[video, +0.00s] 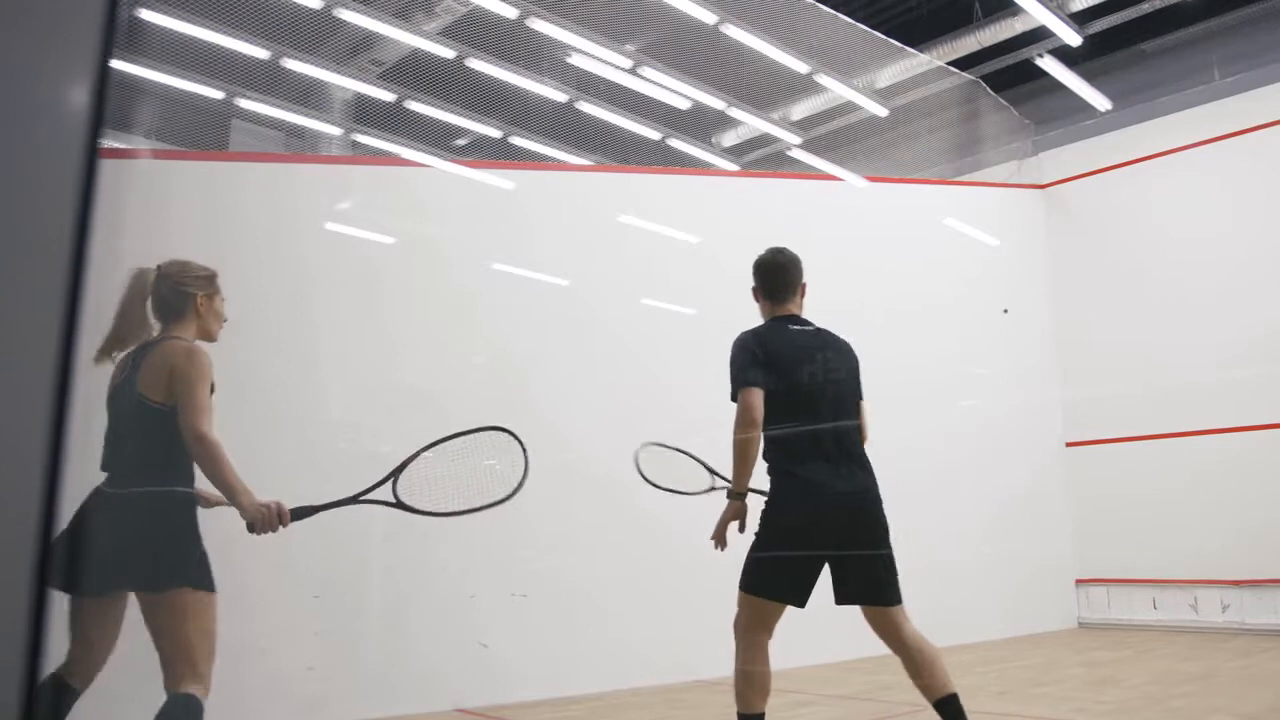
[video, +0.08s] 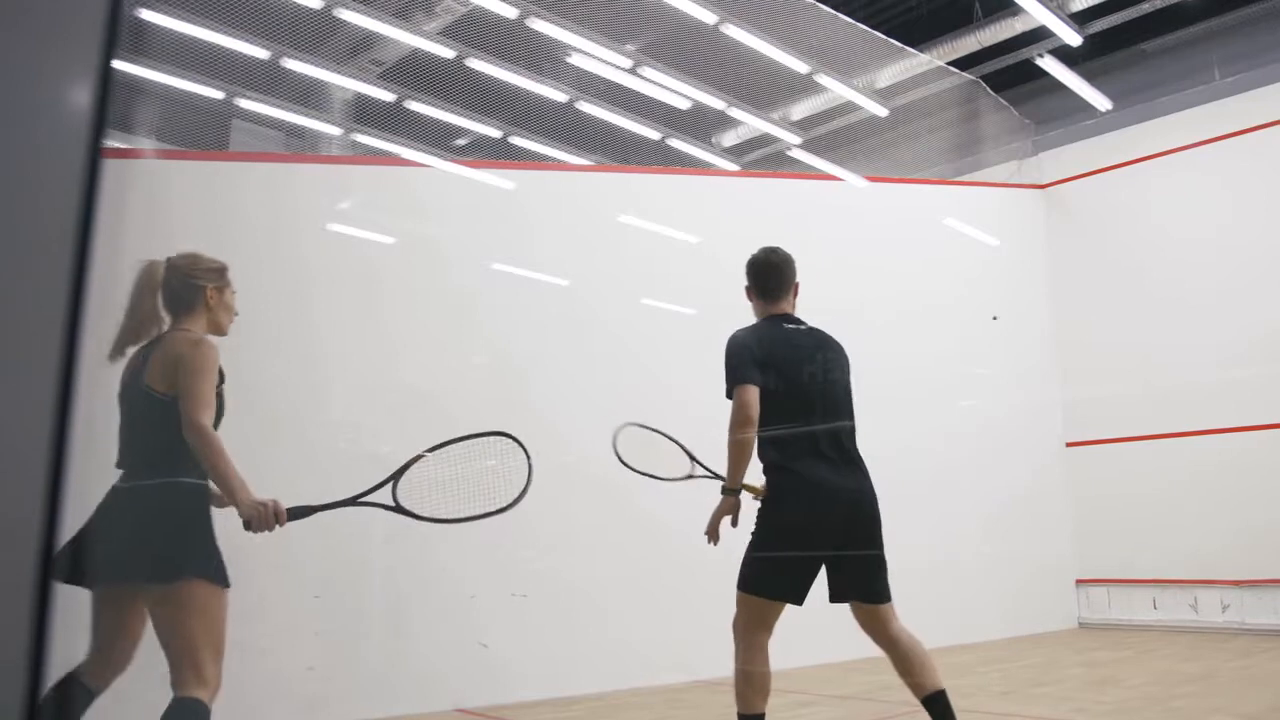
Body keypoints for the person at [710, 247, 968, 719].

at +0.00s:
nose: (758, 296)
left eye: (753, 291)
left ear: (754, 294)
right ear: (802, 291)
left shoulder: (752, 344)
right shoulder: (840, 347)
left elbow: (751, 423)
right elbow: (859, 435)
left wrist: (738, 496)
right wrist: (836, 485)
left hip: (797, 509)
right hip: (860, 508)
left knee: (752, 629)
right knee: (896, 624)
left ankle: (750, 719)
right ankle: (958, 716)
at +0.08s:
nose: (751, 296)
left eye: (747, 290)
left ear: (748, 293)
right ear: (795, 290)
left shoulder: (747, 342)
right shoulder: (831, 346)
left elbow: (745, 420)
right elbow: (834, 431)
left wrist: (731, 492)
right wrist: (780, 483)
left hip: (795, 506)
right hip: (855, 502)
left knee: (751, 629)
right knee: (883, 621)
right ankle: (946, 716)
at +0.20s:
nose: (742, 299)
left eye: (741, 292)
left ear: (742, 293)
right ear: (788, 291)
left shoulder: (741, 339)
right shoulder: (819, 345)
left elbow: (743, 410)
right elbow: (826, 440)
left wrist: (724, 486)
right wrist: (762, 478)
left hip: (791, 501)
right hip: (848, 498)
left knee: (751, 629)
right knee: (865, 618)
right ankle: (929, 715)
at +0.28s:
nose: (780, 296)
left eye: (742, 292)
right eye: (784, 289)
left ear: (737, 293)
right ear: (784, 292)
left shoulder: (740, 338)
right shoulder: (811, 345)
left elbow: (741, 407)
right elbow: (808, 436)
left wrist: (720, 483)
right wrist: (749, 473)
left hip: (788, 501)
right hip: (845, 498)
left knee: (750, 629)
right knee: (855, 617)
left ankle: (752, 719)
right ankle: (915, 715)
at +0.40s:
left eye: (736, 293)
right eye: (777, 291)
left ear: (732, 295)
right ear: (780, 295)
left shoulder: (737, 337)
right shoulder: (802, 345)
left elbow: (742, 400)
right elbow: (795, 443)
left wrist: (713, 477)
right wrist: (728, 466)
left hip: (786, 500)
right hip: (841, 499)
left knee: (750, 629)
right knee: (844, 617)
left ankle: (752, 719)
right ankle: (895, 715)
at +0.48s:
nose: (731, 300)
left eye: (729, 295)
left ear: (730, 297)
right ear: (778, 295)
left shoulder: (737, 337)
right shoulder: (799, 347)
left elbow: (741, 395)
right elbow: (785, 441)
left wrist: (709, 473)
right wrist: (717, 460)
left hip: (785, 500)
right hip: (839, 499)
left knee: (750, 629)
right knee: (837, 614)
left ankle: (754, 719)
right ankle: (880, 716)